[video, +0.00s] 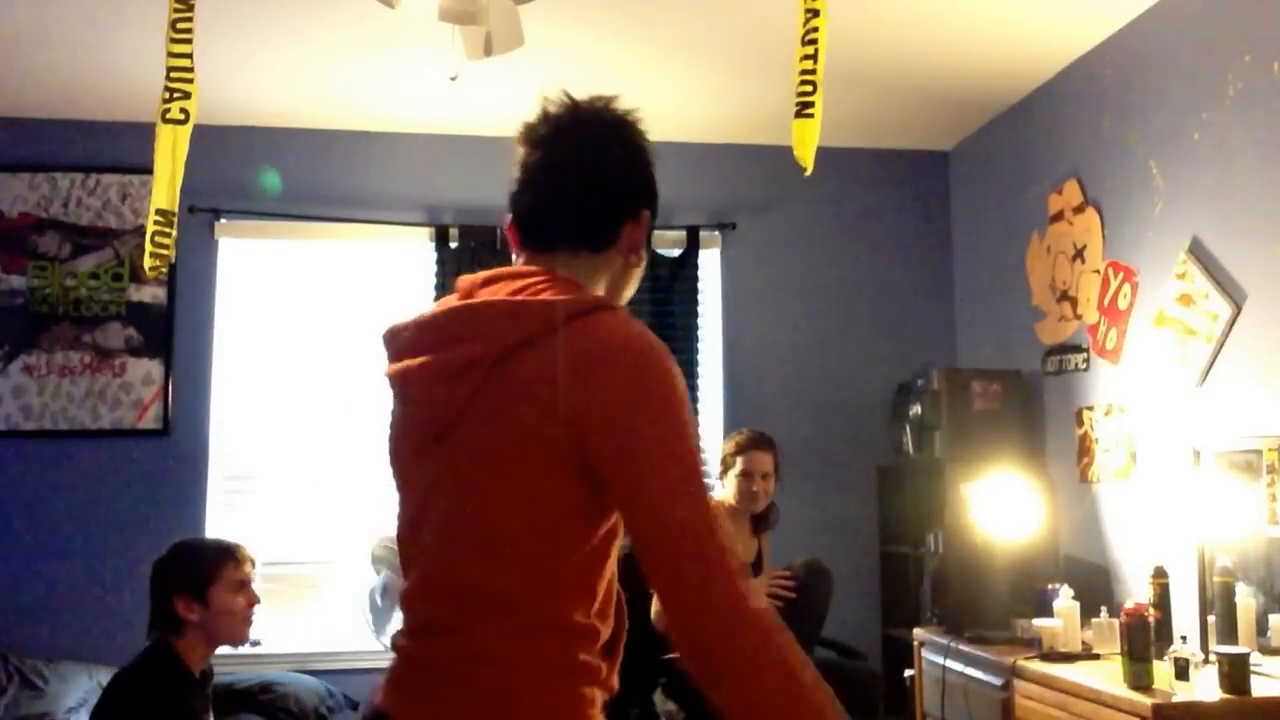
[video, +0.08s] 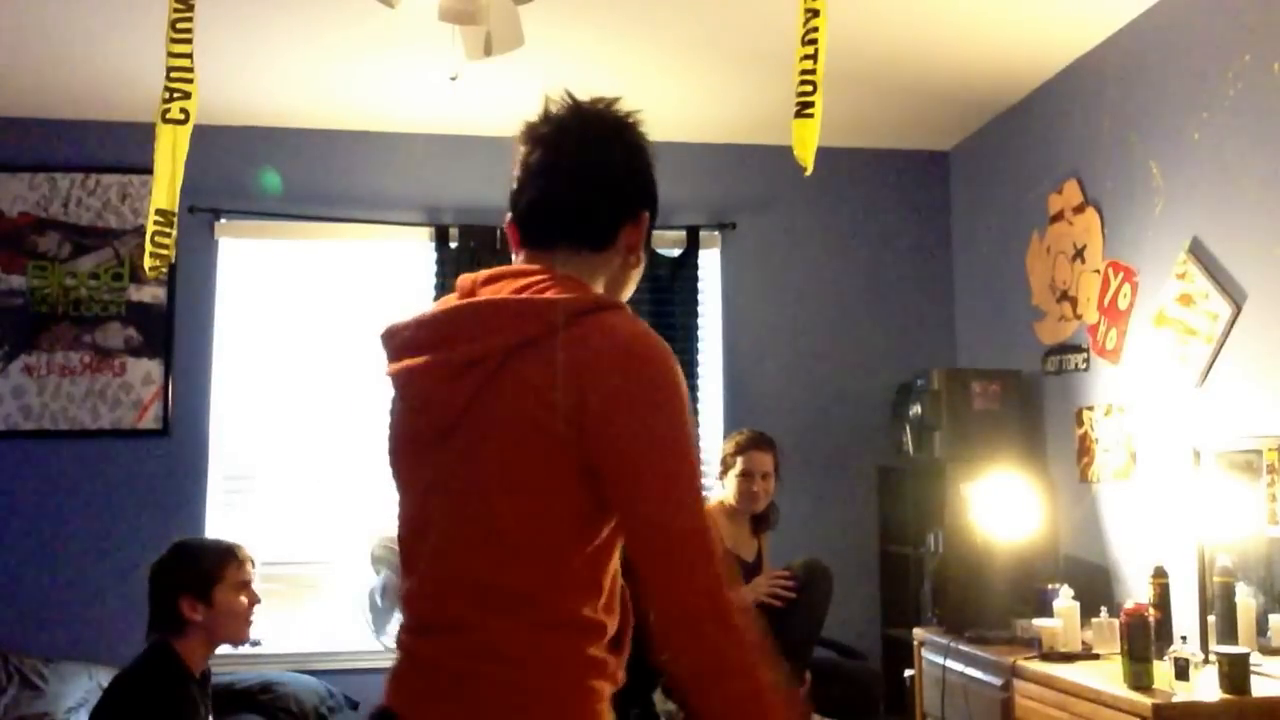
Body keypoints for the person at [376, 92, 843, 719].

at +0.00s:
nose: (644, 264)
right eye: (649, 244)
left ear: (511, 235)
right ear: (636, 235)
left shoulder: (433, 354)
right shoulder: (610, 351)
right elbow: (708, 611)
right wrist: (820, 709)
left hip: (416, 692)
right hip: (547, 698)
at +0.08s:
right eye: (647, 244)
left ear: (511, 235)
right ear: (637, 235)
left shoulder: (429, 354)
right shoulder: (618, 353)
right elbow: (691, 617)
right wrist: (770, 705)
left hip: (418, 693)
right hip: (559, 700)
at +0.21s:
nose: (630, 269)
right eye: (635, 249)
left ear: (496, 243)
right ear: (620, 244)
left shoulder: (417, 363)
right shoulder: (622, 369)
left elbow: (390, 583)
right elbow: (611, 591)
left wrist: (381, 710)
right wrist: (620, 705)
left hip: (455, 694)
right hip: (580, 700)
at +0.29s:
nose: (629, 268)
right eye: (635, 250)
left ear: (498, 245)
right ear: (622, 244)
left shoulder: (418, 369)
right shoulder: (625, 371)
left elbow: (388, 609)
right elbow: (598, 605)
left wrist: (355, 712)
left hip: (460, 696)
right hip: (584, 701)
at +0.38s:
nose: (647, 266)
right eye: (651, 248)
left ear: (513, 241)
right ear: (638, 241)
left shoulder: (429, 362)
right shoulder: (635, 356)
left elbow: (401, 575)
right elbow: (626, 588)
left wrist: (389, 707)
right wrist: (632, 708)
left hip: (438, 696)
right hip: (568, 695)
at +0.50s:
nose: (651, 286)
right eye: (658, 267)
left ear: (527, 246)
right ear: (649, 249)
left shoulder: (444, 349)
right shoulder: (636, 347)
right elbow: (692, 602)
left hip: (417, 690)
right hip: (557, 700)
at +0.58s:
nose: (643, 277)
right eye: (649, 259)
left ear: (519, 239)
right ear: (637, 245)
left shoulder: (431, 356)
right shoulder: (630, 345)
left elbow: (419, 572)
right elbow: (659, 590)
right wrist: (697, 707)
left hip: (433, 693)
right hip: (570, 696)